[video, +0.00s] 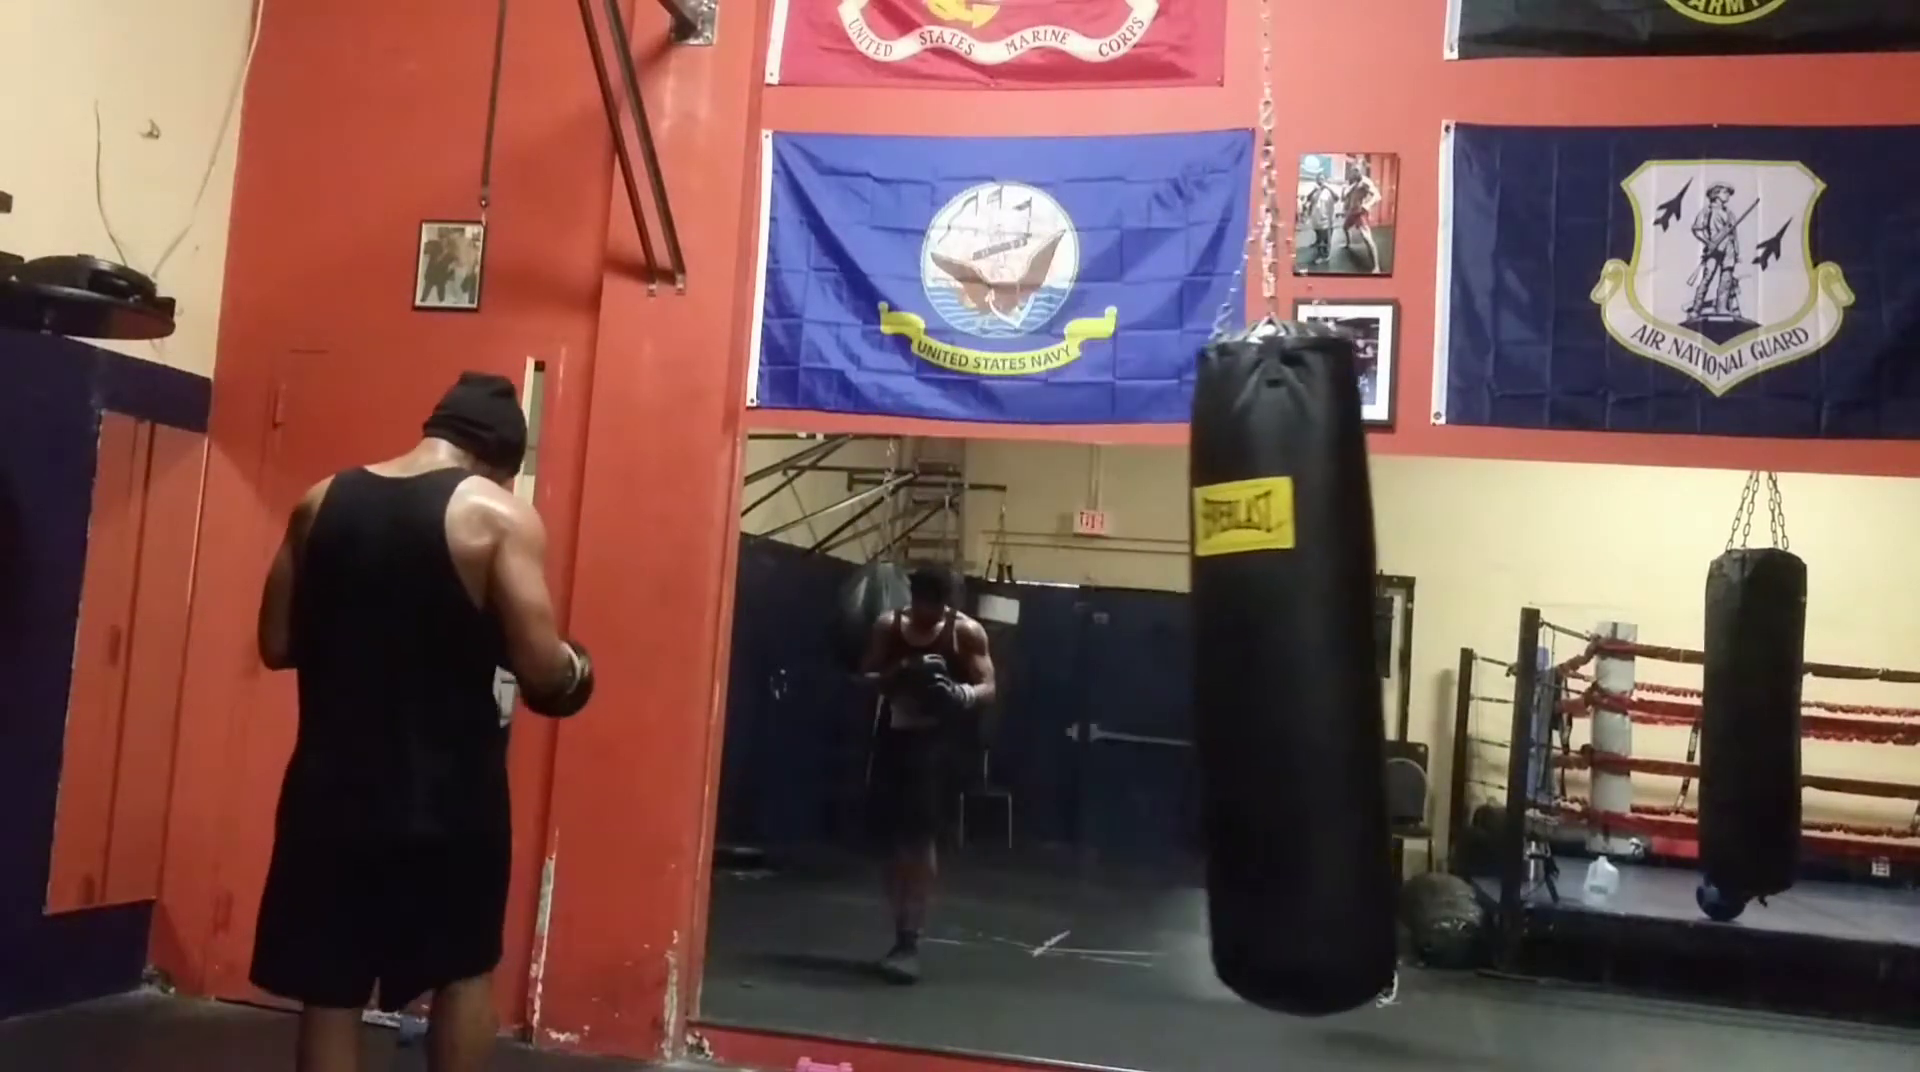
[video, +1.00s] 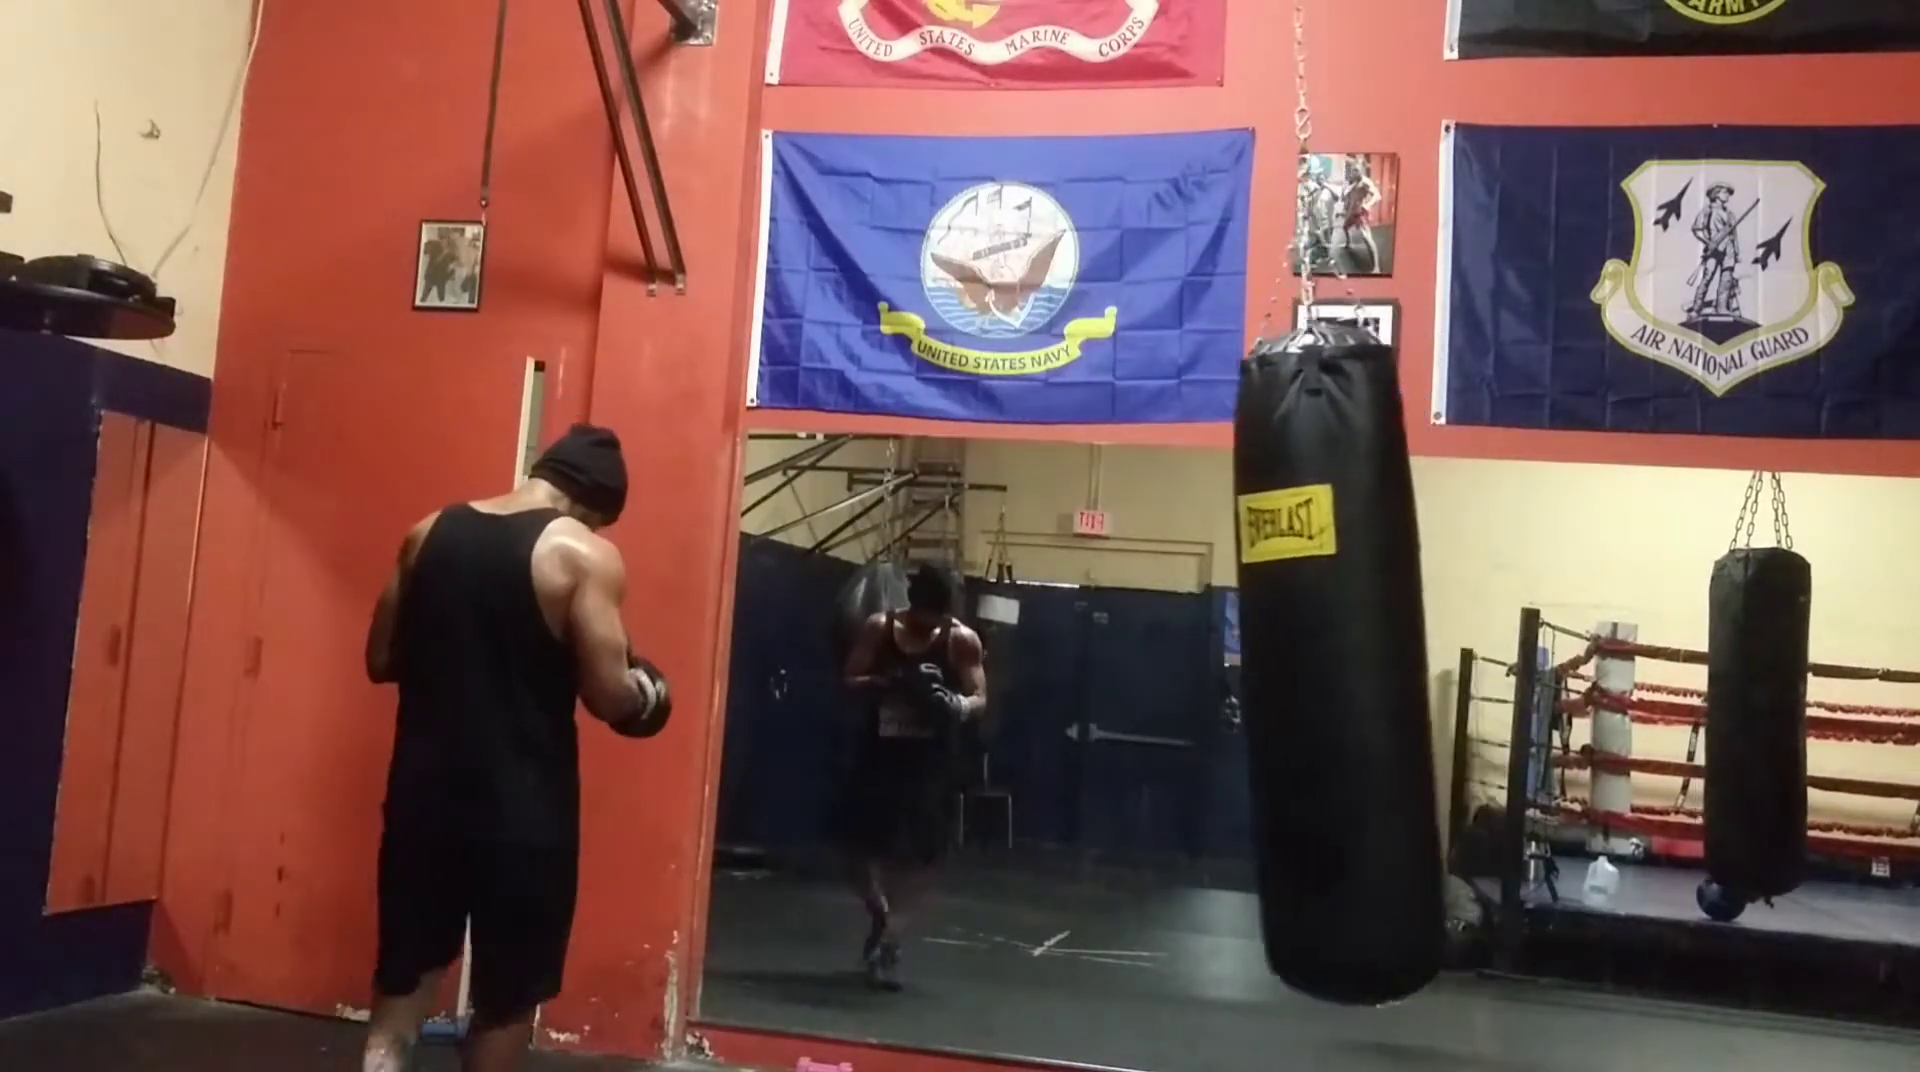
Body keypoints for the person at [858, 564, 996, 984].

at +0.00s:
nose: (924, 626)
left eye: (932, 619)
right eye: (918, 617)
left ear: (947, 609)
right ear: (909, 605)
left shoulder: (966, 632)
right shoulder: (889, 627)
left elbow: (987, 685)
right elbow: (866, 679)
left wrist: (964, 694)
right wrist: (900, 675)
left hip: (938, 745)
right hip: (894, 743)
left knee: (922, 841)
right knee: (894, 840)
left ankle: (909, 940)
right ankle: (902, 937)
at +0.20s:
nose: (920, 626)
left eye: (929, 619)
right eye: (914, 618)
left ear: (944, 610)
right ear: (905, 604)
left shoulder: (962, 632)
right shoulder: (884, 626)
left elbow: (983, 687)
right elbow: (856, 678)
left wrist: (958, 691)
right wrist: (894, 672)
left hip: (933, 746)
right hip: (888, 744)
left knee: (913, 839)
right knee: (889, 839)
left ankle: (899, 937)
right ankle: (902, 936)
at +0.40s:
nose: (919, 629)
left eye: (928, 622)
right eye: (913, 620)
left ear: (943, 612)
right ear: (903, 606)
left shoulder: (961, 637)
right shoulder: (882, 628)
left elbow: (981, 692)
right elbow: (855, 679)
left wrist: (953, 699)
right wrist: (894, 674)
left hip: (932, 750)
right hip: (885, 747)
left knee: (915, 844)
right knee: (875, 844)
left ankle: (895, 944)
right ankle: (902, 936)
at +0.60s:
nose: (918, 625)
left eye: (928, 618)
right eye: (913, 617)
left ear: (943, 608)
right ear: (903, 602)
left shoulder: (961, 633)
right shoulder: (881, 622)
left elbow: (978, 689)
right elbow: (855, 676)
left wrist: (952, 697)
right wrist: (892, 675)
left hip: (931, 748)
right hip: (883, 745)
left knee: (916, 843)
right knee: (873, 842)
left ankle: (897, 942)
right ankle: (901, 932)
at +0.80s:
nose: (921, 625)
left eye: (931, 619)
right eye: (915, 617)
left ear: (945, 608)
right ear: (905, 601)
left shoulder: (961, 633)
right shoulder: (879, 620)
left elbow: (978, 692)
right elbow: (853, 674)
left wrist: (954, 697)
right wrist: (886, 675)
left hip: (931, 747)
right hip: (882, 743)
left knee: (920, 844)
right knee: (871, 839)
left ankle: (898, 939)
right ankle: (899, 932)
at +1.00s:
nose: (926, 629)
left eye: (934, 623)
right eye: (920, 621)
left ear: (947, 613)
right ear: (908, 606)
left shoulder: (962, 640)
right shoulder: (879, 627)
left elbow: (978, 699)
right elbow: (851, 682)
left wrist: (954, 702)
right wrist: (890, 681)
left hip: (931, 759)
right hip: (879, 754)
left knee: (920, 858)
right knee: (861, 843)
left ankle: (887, 946)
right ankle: (882, 920)